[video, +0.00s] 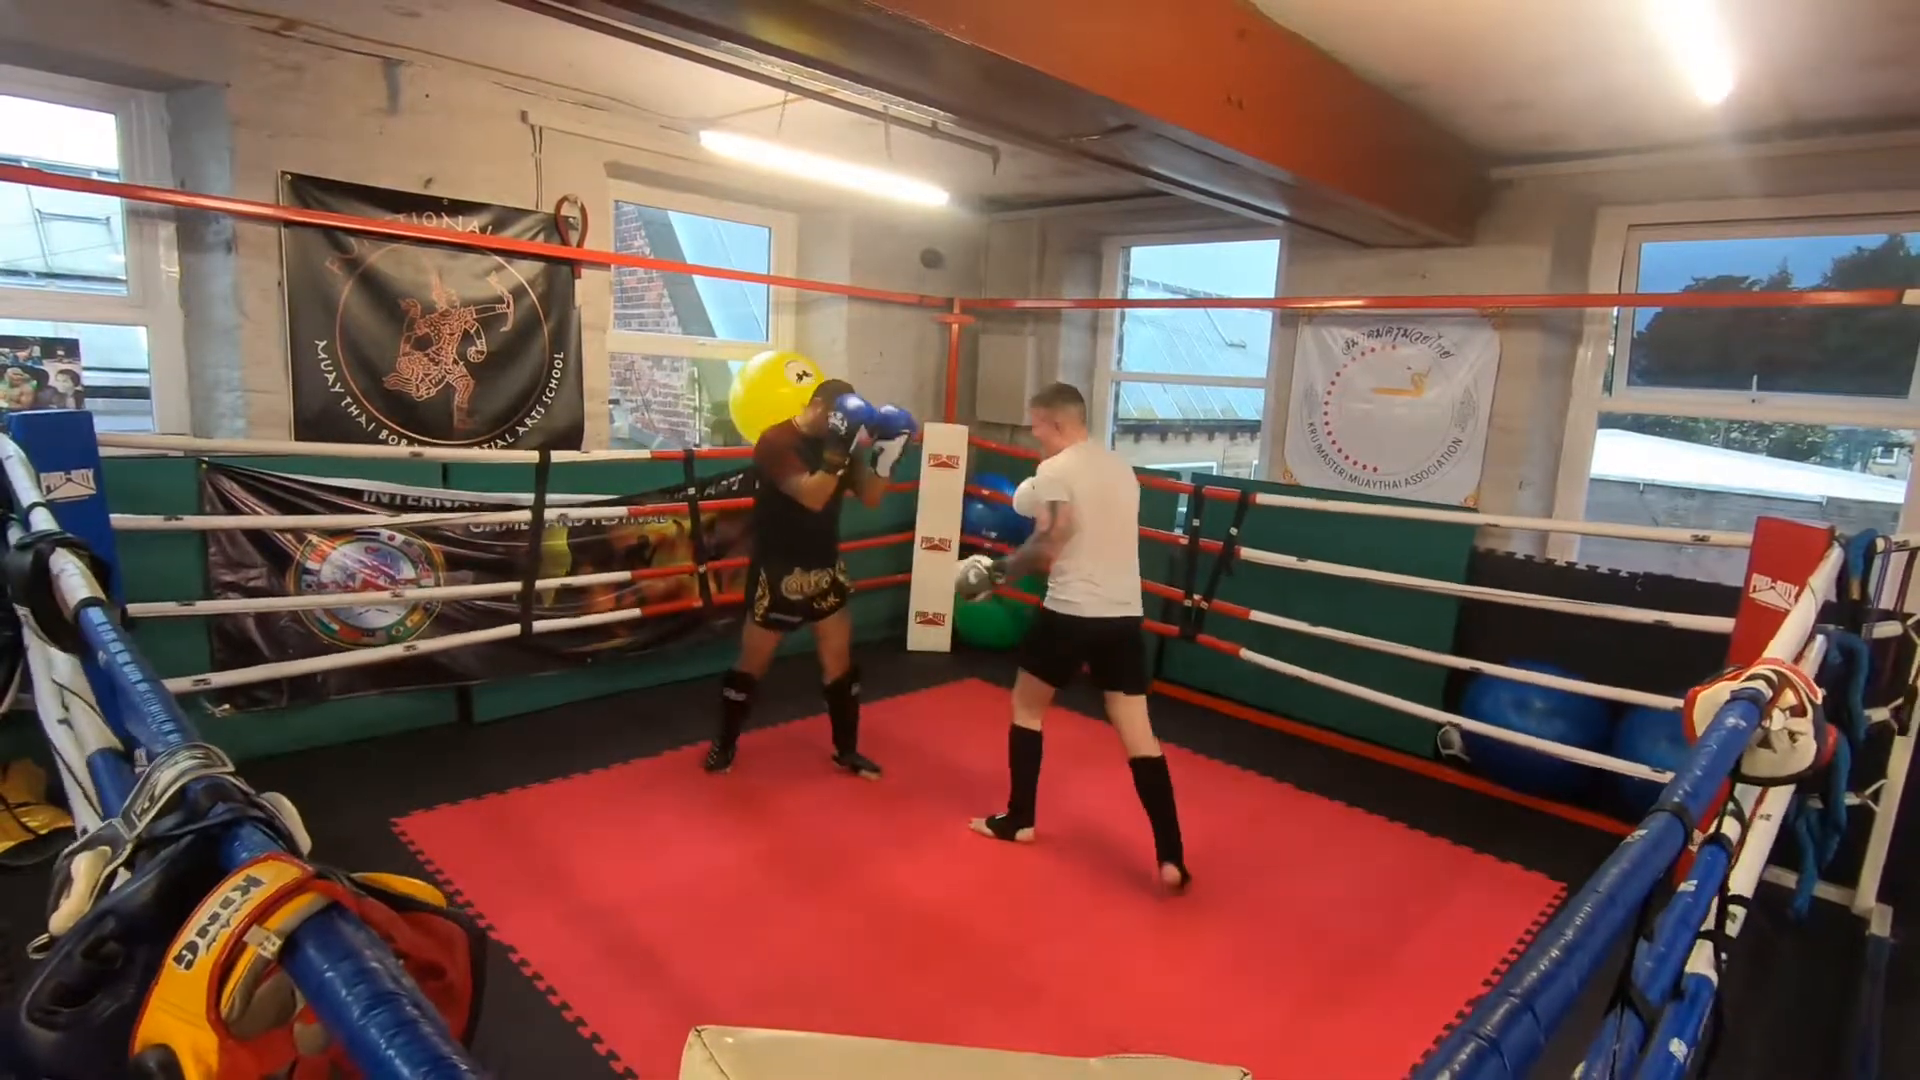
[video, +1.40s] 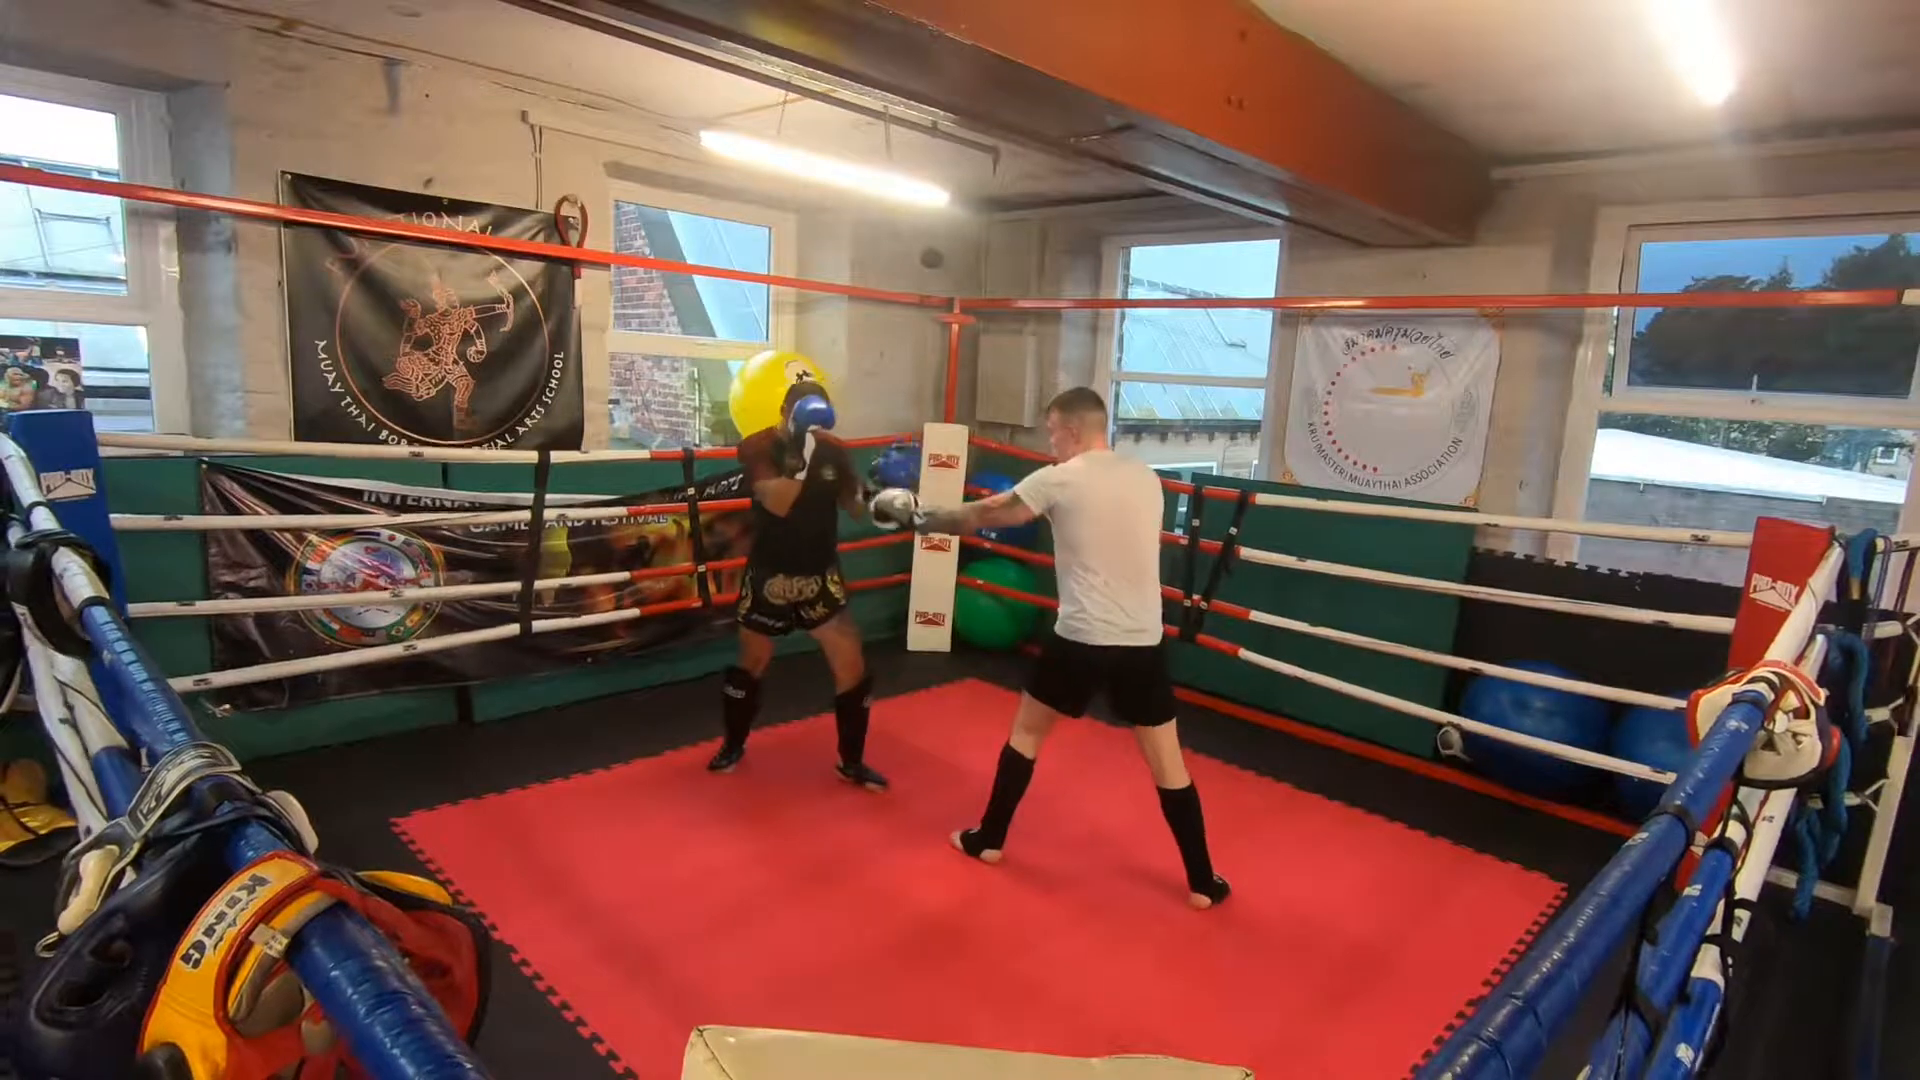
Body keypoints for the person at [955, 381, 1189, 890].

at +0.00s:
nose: (1037, 440)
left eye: (1037, 431)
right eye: (1034, 432)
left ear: (1054, 423)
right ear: (1080, 422)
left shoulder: (1055, 470)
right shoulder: (1123, 470)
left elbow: (1052, 539)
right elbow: (1104, 541)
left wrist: (1004, 569)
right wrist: (1017, 560)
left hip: (1068, 615)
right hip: (1124, 618)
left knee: (1028, 707)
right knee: (1138, 732)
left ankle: (1018, 818)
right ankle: (1171, 857)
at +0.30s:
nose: (1036, 428)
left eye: (1036, 420)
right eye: (1036, 420)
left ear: (1044, 417)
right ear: (1082, 415)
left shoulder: (1036, 467)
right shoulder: (1126, 467)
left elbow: (1003, 536)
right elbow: (1129, 533)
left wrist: (952, 545)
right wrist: (1041, 537)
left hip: (1063, 623)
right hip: (1123, 624)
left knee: (1026, 719)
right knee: (1145, 738)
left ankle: (994, 823)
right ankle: (1175, 861)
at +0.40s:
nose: (1024, 432)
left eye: (1025, 424)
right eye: (1025, 424)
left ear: (1037, 419)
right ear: (1073, 416)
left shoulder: (1027, 462)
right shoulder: (1119, 463)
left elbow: (962, 497)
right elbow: (1131, 531)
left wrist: (910, 487)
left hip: (1061, 619)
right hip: (1122, 620)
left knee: (1028, 719)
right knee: (1145, 729)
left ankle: (993, 825)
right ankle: (1177, 852)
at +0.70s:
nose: (1043, 439)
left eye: (1043, 431)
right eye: (1041, 431)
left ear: (1060, 425)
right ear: (1096, 424)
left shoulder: (1054, 473)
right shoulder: (1141, 475)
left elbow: (992, 535)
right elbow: (1120, 538)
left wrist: (936, 543)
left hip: (1068, 630)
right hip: (1132, 635)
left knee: (1030, 725)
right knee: (1153, 748)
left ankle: (993, 825)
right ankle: (1184, 871)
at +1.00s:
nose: (1040, 435)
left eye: (1041, 426)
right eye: (1039, 427)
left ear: (1059, 423)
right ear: (1091, 423)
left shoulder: (1049, 471)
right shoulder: (1139, 472)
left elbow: (978, 517)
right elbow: (1140, 542)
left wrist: (924, 501)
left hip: (1070, 632)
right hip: (1135, 636)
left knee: (1029, 728)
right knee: (1155, 748)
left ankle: (990, 837)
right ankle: (1188, 872)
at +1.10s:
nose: (1033, 434)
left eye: (1035, 425)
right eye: (1033, 425)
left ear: (1049, 422)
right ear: (1084, 420)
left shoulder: (1036, 464)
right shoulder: (1128, 466)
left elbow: (955, 483)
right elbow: (1143, 536)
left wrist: (902, 466)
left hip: (1069, 631)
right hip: (1134, 632)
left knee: (1029, 729)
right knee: (1158, 740)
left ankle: (990, 838)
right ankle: (1192, 863)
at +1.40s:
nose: (1050, 444)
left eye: (1052, 434)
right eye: (1049, 434)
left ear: (1071, 431)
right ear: (1101, 431)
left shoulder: (1061, 478)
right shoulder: (1148, 478)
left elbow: (981, 516)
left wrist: (918, 516)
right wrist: (1018, 500)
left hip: (1078, 642)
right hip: (1143, 647)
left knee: (1028, 735)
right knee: (1168, 760)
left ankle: (990, 837)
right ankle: (1203, 882)